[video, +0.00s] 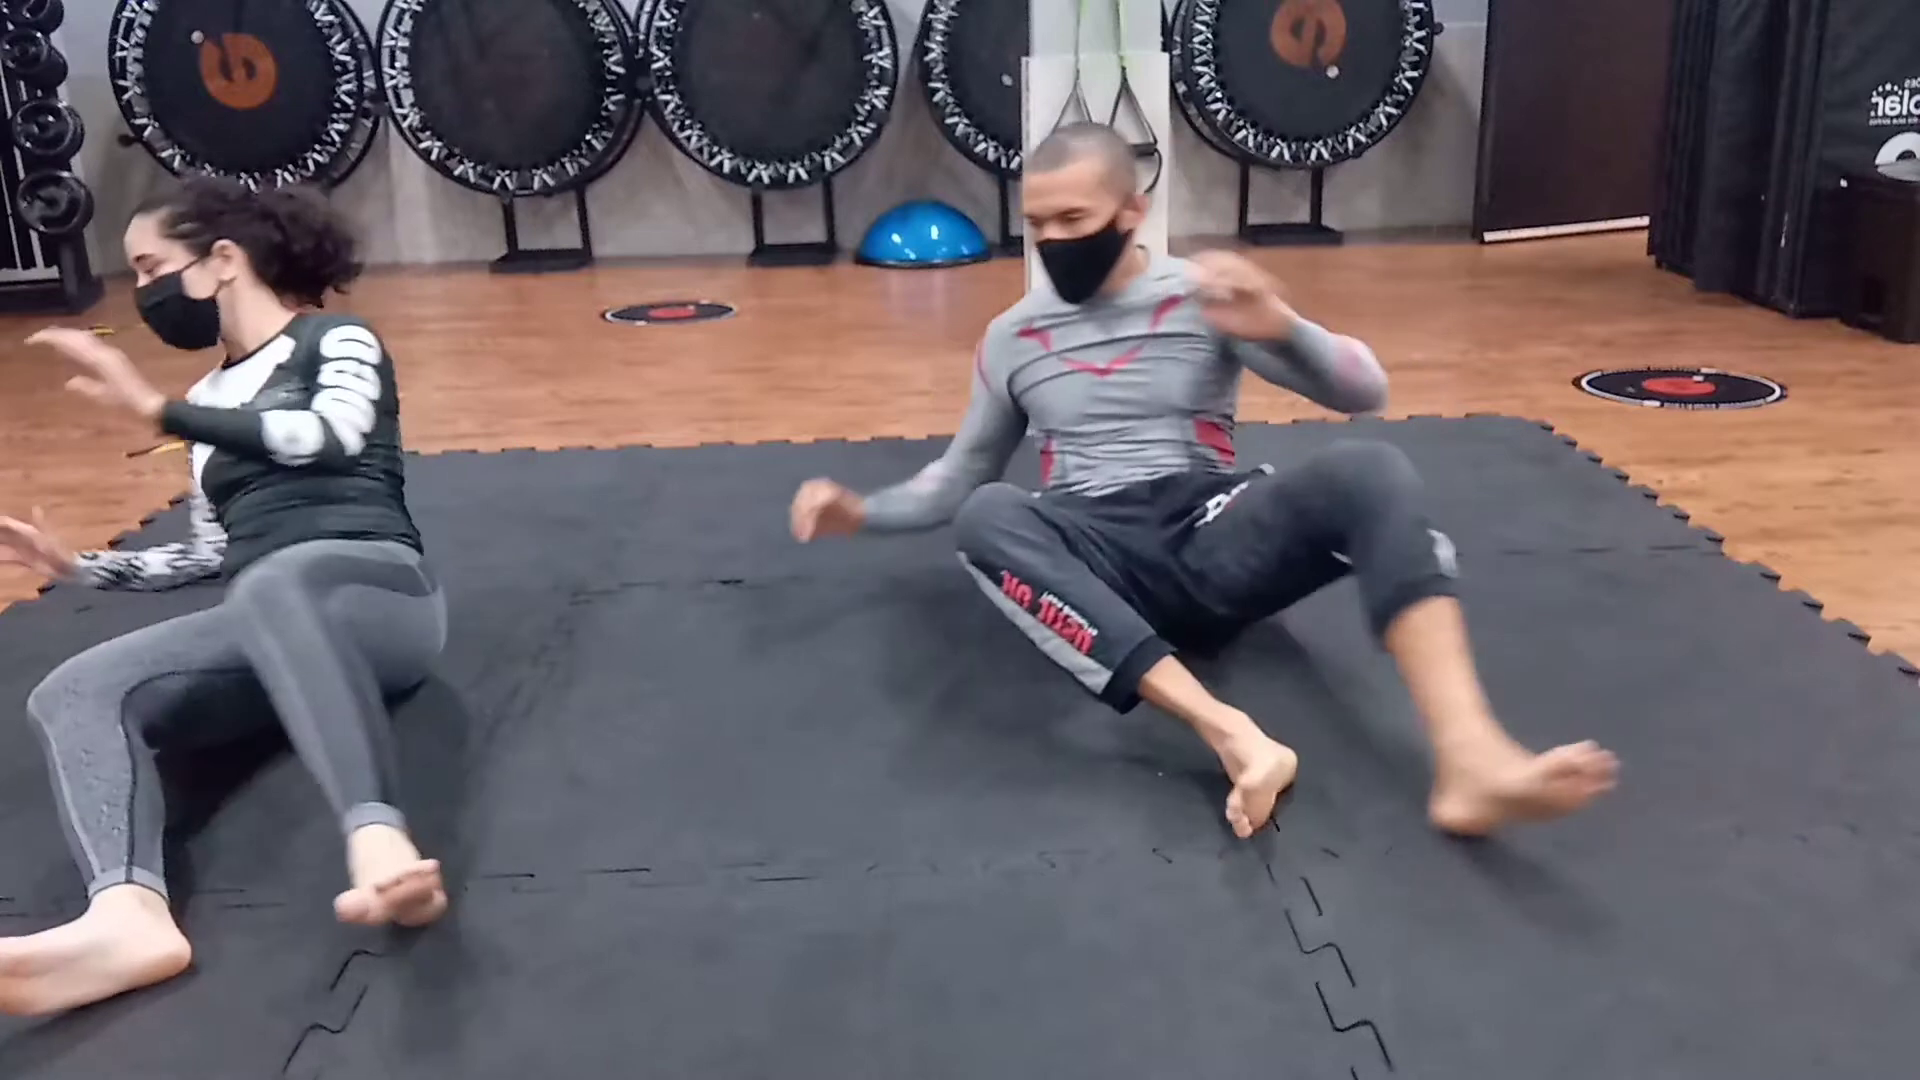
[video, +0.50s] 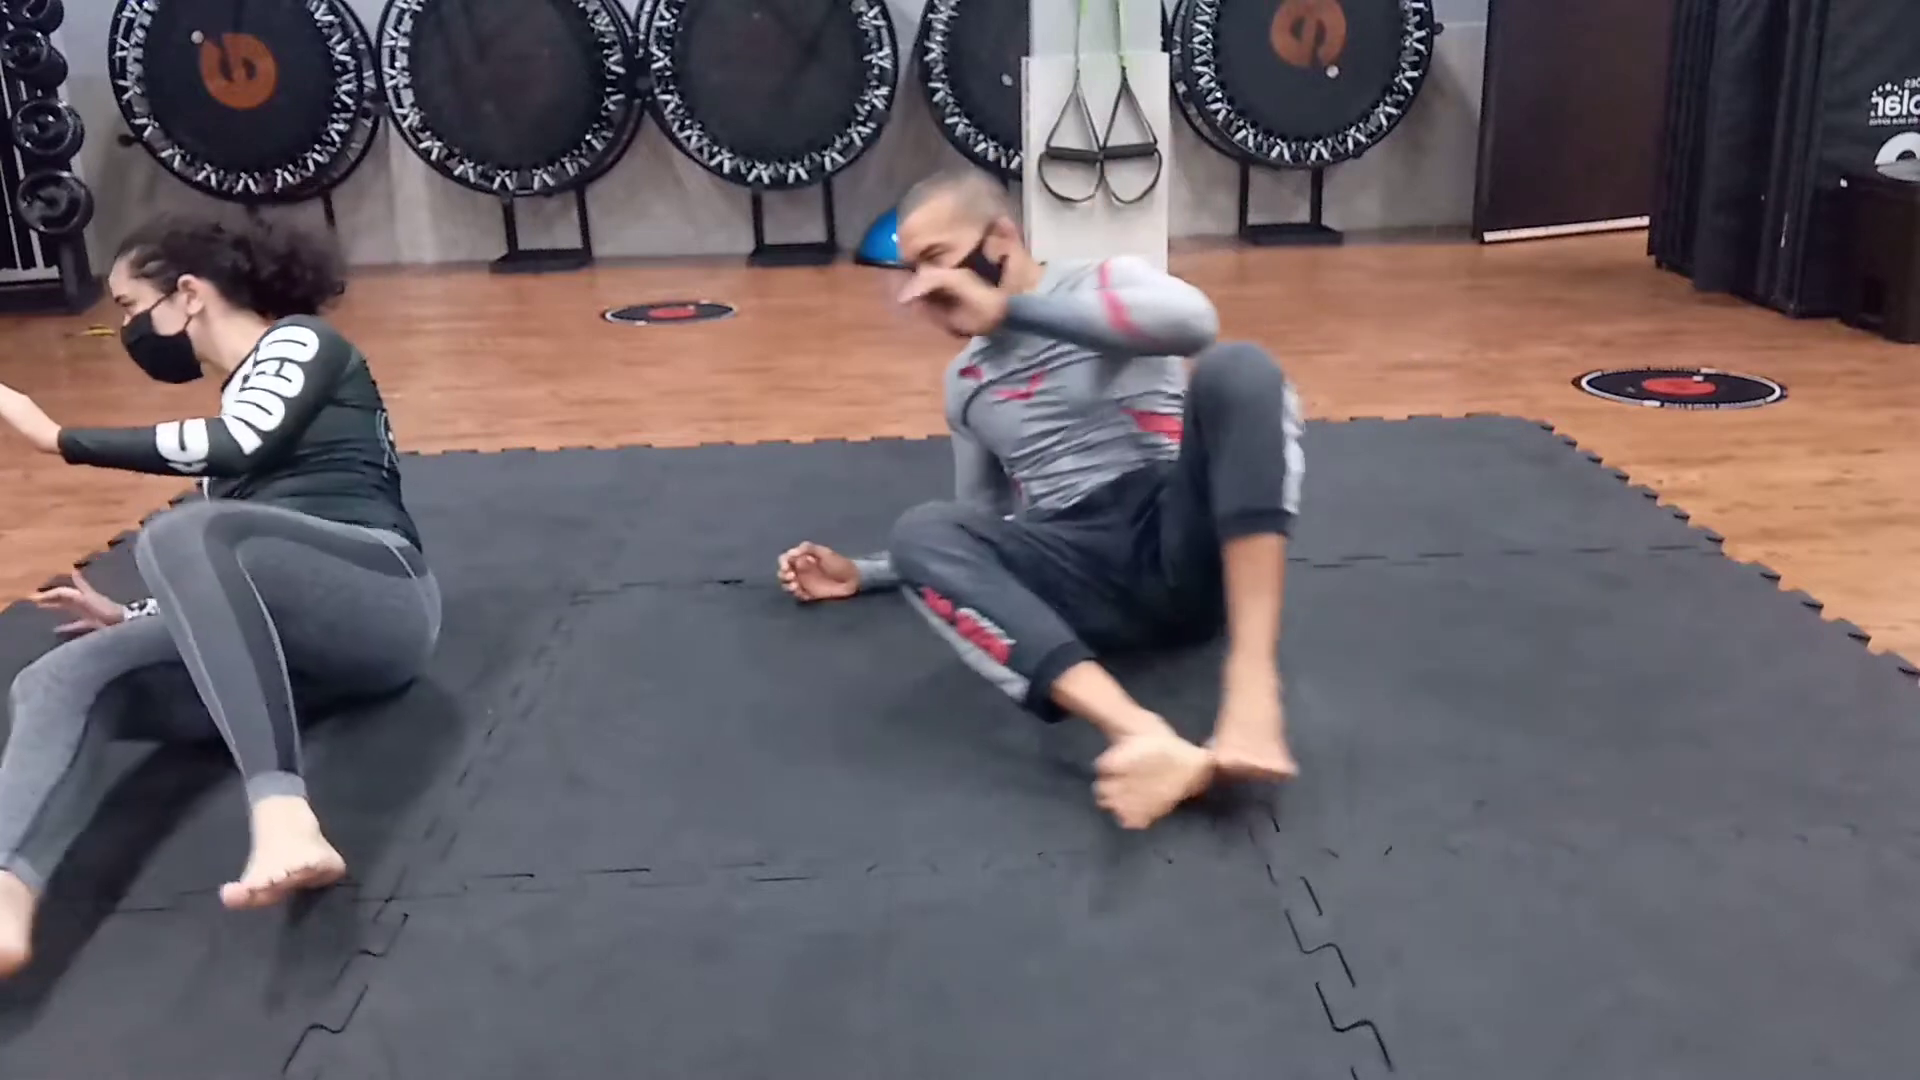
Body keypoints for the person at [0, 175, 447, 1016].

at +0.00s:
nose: (144, 299)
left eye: (152, 276)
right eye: (138, 281)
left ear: (224, 262)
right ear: (212, 270)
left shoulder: (340, 337)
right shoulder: (211, 406)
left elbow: (327, 435)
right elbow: (212, 549)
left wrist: (163, 410)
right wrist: (78, 566)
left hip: (381, 581)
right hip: (261, 618)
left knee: (269, 588)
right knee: (73, 691)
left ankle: (378, 841)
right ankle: (130, 908)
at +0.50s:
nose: (126, 331)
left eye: (131, 309)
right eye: (120, 315)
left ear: (191, 296)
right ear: (192, 303)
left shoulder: (303, 341)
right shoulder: (238, 418)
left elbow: (232, 445)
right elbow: (266, 574)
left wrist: (63, 441)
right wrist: (134, 619)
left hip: (380, 598)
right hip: (281, 653)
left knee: (181, 534)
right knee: (56, 679)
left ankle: (283, 815)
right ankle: (9, 893)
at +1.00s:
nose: (105, 359)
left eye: (107, 339)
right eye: (99, 347)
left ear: (159, 320)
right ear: (161, 323)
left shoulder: (248, 343)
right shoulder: (203, 438)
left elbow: (129, 431)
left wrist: (5, 448)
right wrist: (125, 616)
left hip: (359, 586)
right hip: (295, 656)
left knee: (85, 477)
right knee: (48, 704)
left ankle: (224, 758)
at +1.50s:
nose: (103, 381)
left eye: (102, 363)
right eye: (93, 372)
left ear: (141, 328)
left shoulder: (201, 342)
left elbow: (30, 455)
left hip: (306, 566)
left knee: (9, 526)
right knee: (16, 729)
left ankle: (211, 741)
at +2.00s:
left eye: (89, 379)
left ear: (128, 360)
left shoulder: (150, 360)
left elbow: (7, 440)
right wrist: (149, 468)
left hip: (368, 508)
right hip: (393, 633)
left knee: (30, 507)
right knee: (102, 717)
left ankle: (217, 742)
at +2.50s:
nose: (140, 420)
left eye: (143, 397)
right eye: (133, 407)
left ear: (188, 358)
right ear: (193, 371)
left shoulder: (271, 346)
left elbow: (99, 435)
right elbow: (269, 580)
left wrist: (8, 496)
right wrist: (126, 604)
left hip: (498, 564)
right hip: (429, 643)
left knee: (228, 431)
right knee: (170, 686)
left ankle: (244, 739)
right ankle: (1, 859)